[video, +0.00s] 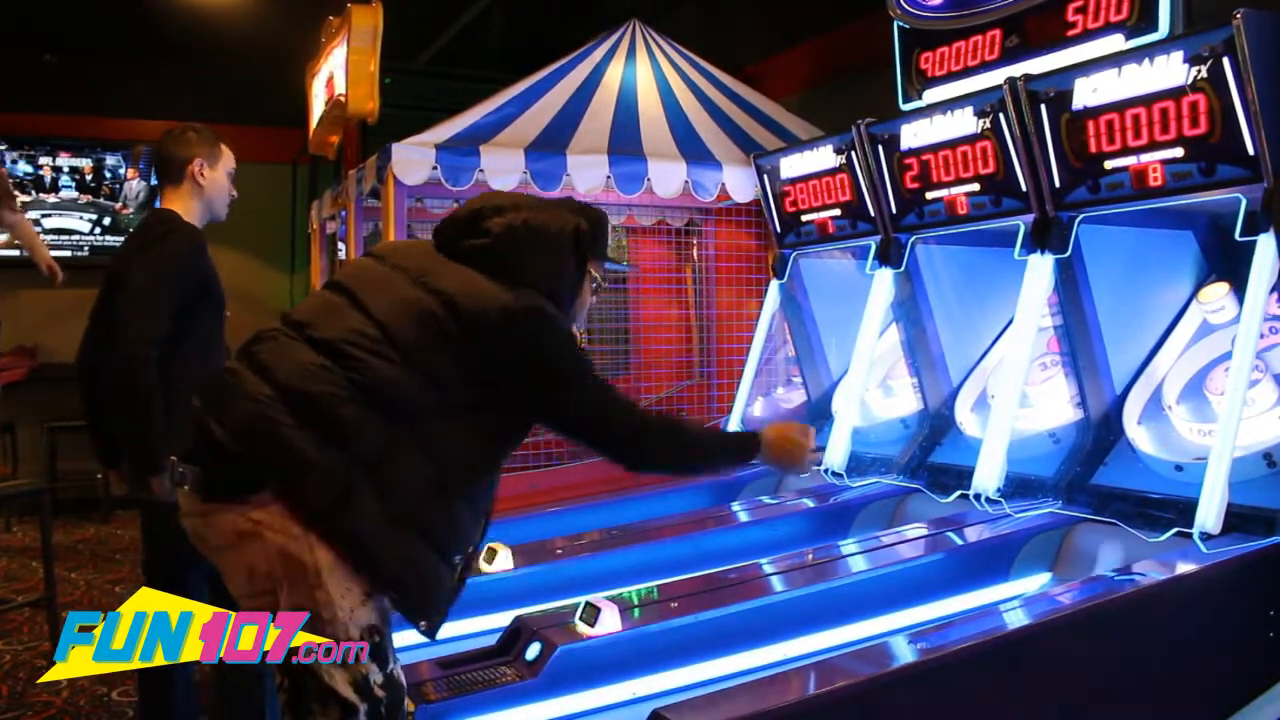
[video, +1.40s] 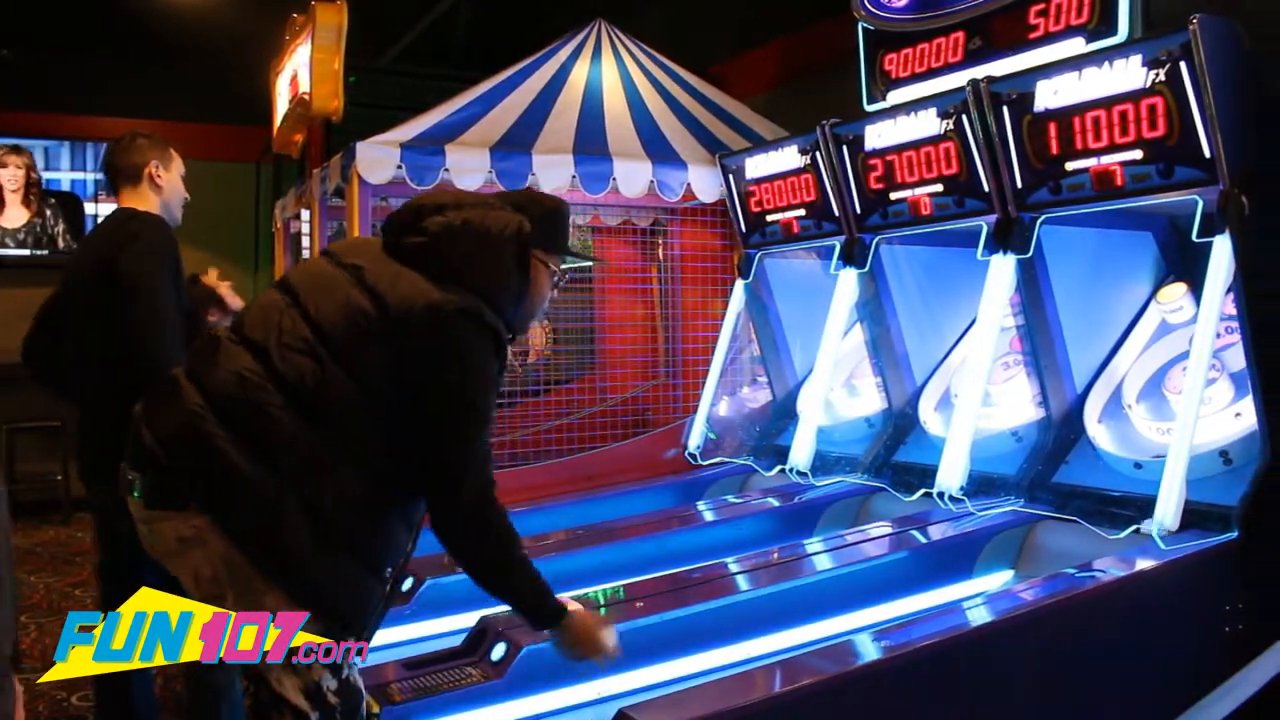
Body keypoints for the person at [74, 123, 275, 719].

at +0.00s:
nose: (234, 187)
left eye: (234, 173)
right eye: (230, 173)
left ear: (186, 173)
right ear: (199, 172)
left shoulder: (149, 239)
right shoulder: (177, 243)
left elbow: (96, 356)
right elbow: (140, 352)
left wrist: (120, 456)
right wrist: (156, 456)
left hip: (159, 462)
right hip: (184, 462)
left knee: (172, 608)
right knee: (197, 610)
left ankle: (168, 706)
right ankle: (179, 707)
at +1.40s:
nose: (187, 189)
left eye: (185, 174)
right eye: (183, 174)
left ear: (129, 178)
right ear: (156, 173)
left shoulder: (103, 239)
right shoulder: (151, 239)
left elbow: (42, 347)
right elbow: (162, 353)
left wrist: (103, 396)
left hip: (106, 449)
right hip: (145, 456)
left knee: (123, 594)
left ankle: (123, 705)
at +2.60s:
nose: (171, 173)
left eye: (177, 164)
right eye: (155, 160)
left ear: (182, 174)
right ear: (118, 169)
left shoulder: (114, 236)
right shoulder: (125, 241)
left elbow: (69, 348)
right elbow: (143, 357)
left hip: (115, 443)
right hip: (129, 450)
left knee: (132, 590)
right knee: (148, 593)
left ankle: (130, 705)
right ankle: (136, 706)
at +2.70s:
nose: (179, 174)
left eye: (182, 165)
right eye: (165, 160)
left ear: (178, 174)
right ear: (121, 167)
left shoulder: (111, 237)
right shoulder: (125, 243)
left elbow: (69, 345)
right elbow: (144, 358)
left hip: (115, 444)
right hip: (130, 450)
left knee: (133, 590)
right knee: (149, 592)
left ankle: (131, 705)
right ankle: (137, 706)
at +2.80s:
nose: (186, 175)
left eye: (186, 164)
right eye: (173, 161)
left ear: (133, 171)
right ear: (128, 166)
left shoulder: (110, 238)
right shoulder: (126, 243)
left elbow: (69, 347)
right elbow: (148, 359)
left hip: (117, 450)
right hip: (133, 457)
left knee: (134, 596)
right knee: (151, 598)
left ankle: (131, 706)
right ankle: (141, 707)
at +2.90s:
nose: (188, 175)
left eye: (188, 163)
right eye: (176, 161)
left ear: (133, 169)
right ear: (131, 165)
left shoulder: (109, 237)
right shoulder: (126, 243)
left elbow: (68, 346)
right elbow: (147, 361)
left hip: (117, 451)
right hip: (133, 458)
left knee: (134, 595)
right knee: (150, 598)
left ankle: (131, 706)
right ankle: (140, 707)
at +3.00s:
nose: (190, 175)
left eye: (189, 163)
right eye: (179, 162)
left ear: (135, 168)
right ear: (133, 165)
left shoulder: (112, 239)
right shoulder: (126, 246)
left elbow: (67, 345)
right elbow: (146, 363)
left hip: (119, 456)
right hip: (134, 463)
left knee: (136, 604)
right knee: (150, 605)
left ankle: (133, 708)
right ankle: (142, 709)